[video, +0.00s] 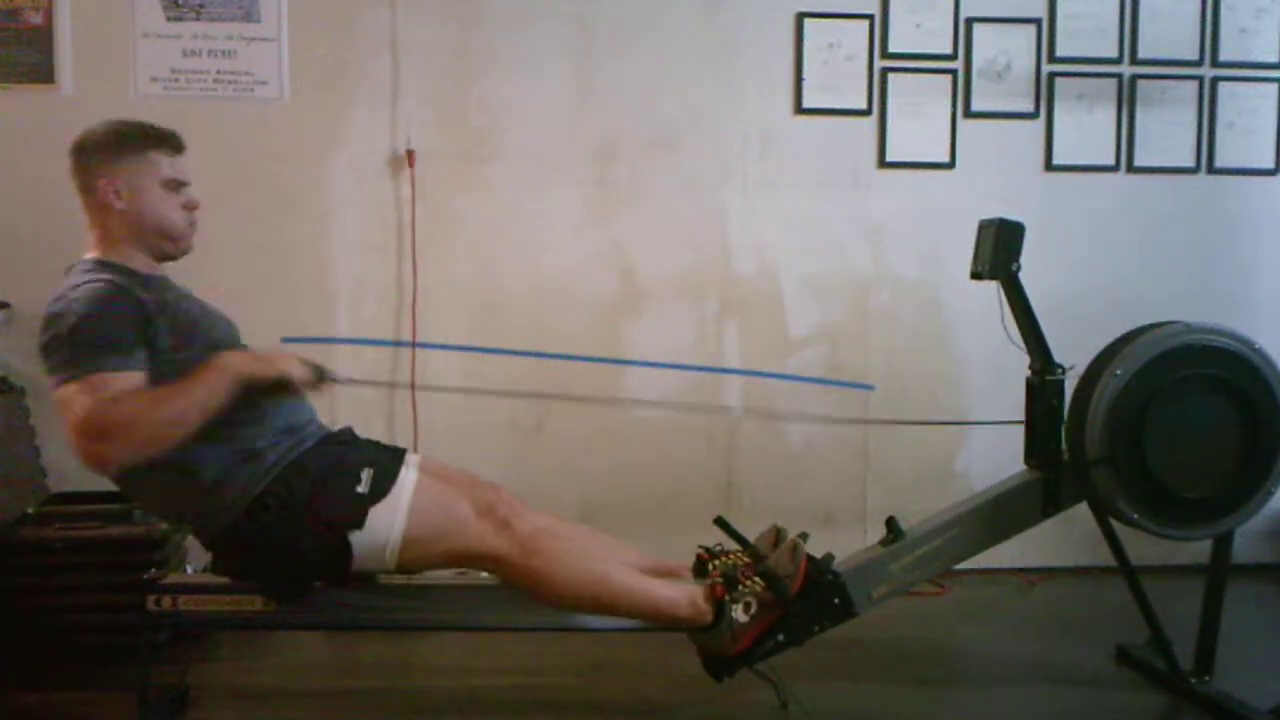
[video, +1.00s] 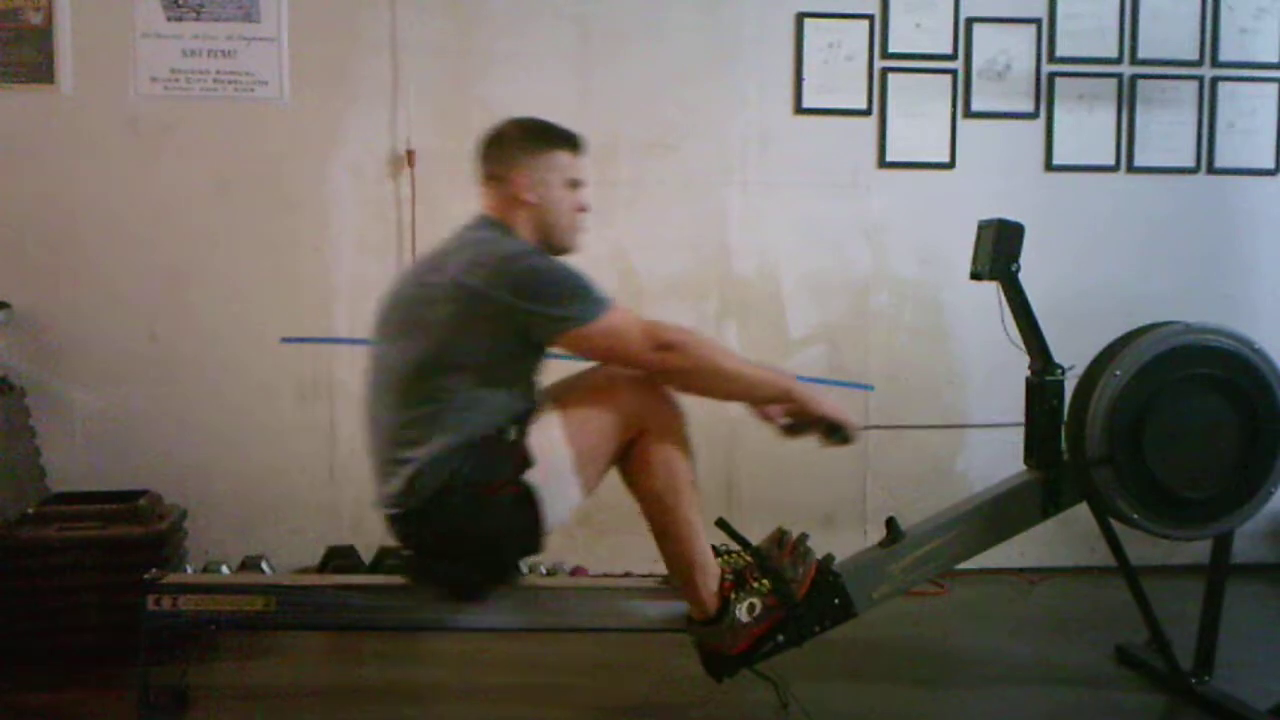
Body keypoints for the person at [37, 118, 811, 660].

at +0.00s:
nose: (191, 206)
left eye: (188, 190)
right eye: (171, 189)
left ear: (139, 202)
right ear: (109, 201)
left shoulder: (151, 294)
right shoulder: (96, 298)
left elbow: (158, 414)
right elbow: (101, 435)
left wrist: (265, 380)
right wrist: (238, 366)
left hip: (306, 472)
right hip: (278, 502)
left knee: (500, 508)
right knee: (493, 529)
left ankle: (705, 593)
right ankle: (708, 611)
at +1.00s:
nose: (586, 203)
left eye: (583, 186)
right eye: (572, 185)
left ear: (521, 192)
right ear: (522, 190)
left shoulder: (465, 262)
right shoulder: (505, 268)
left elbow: (638, 350)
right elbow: (655, 349)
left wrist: (758, 393)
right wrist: (798, 393)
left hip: (434, 519)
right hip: (463, 521)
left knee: (631, 387)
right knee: (642, 395)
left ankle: (706, 591)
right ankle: (713, 610)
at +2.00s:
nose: (349, 166)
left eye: (345, 147)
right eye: (331, 148)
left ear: (281, 159)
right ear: (275, 154)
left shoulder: (267, 247)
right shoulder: (282, 252)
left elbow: (429, 318)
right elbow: (433, 320)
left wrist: (565, 346)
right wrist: (572, 348)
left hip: (319, 484)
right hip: (324, 496)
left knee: (533, 449)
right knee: (539, 457)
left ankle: (696, 598)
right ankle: (706, 612)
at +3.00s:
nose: (320, 186)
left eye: (318, 169)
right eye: (303, 169)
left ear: (252, 174)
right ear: (243, 170)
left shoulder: (260, 264)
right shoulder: (218, 267)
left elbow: (360, 365)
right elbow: (342, 376)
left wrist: (479, 397)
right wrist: (484, 399)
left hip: (314, 479)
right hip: (284, 507)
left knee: (511, 475)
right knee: (509, 489)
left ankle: (703, 584)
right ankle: (705, 613)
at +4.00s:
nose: (706, 208)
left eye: (703, 192)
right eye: (696, 191)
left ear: (642, 197)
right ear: (653, 195)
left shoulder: (599, 259)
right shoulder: (642, 266)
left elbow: (772, 336)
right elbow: (801, 336)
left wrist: (887, 372)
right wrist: (939, 364)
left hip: (531, 512)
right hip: (558, 517)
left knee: (716, 366)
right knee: (728, 379)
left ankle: (702, 567)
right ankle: (717, 594)